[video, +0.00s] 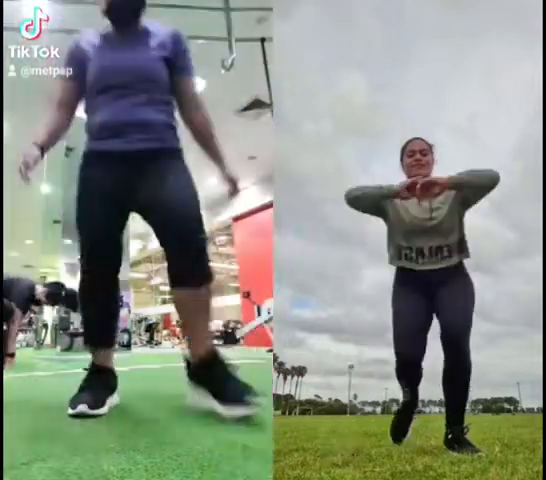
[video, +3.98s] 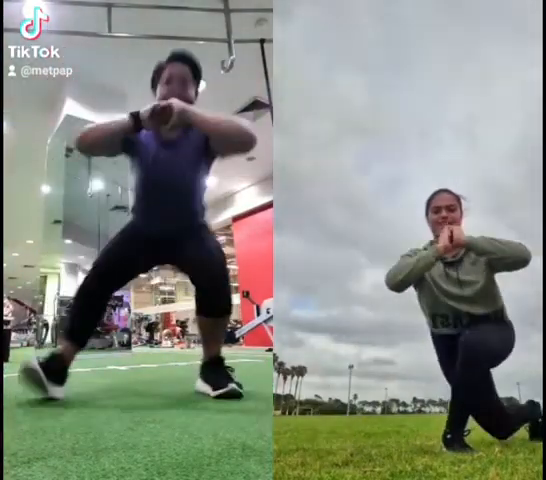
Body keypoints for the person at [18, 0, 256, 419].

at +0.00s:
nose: (121, 5)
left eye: (128, 0)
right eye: (115, 1)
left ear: (142, 4)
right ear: (103, 6)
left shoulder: (168, 41)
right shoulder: (86, 47)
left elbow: (192, 109)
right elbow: (62, 108)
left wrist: (224, 166)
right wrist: (38, 146)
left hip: (162, 163)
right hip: (103, 166)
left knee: (190, 248)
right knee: (98, 266)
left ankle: (203, 362)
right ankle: (101, 372)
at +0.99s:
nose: (127, 99)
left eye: (133, 94)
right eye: (121, 94)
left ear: (143, 99)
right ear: (112, 99)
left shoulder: (156, 138)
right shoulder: (99, 136)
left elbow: (166, 181)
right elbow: (86, 175)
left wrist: (177, 215)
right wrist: (78, 197)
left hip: (151, 213)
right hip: (111, 214)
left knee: (168, 282)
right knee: (113, 287)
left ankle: (185, 359)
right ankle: (111, 358)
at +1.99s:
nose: (114, 41)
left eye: (122, 35)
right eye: (107, 35)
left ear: (134, 42)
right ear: (94, 40)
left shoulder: (146, 87)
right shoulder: (80, 86)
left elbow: (186, 117)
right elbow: (43, 114)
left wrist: (152, 72)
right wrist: (77, 71)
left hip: (137, 192)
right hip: (87, 192)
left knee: (162, 275)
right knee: (62, 276)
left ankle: (183, 366)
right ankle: (48, 370)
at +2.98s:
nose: (85, 88)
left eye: (94, 81)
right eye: (79, 80)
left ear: (107, 89)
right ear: (65, 83)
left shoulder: (113, 132)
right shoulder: (50, 130)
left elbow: (136, 158)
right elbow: (9, 156)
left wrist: (91, 110)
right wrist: (44, 113)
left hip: (102, 234)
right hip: (57, 229)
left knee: (100, 310)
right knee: (52, 287)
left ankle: (92, 353)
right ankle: (49, 370)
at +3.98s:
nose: (172, 91)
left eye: (181, 84)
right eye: (166, 83)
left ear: (196, 92)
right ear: (154, 90)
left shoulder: (203, 136)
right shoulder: (138, 134)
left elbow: (246, 139)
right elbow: (84, 142)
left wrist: (192, 116)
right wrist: (135, 122)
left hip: (190, 235)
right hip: (142, 233)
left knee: (215, 282)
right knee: (95, 285)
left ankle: (213, 367)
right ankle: (58, 367)